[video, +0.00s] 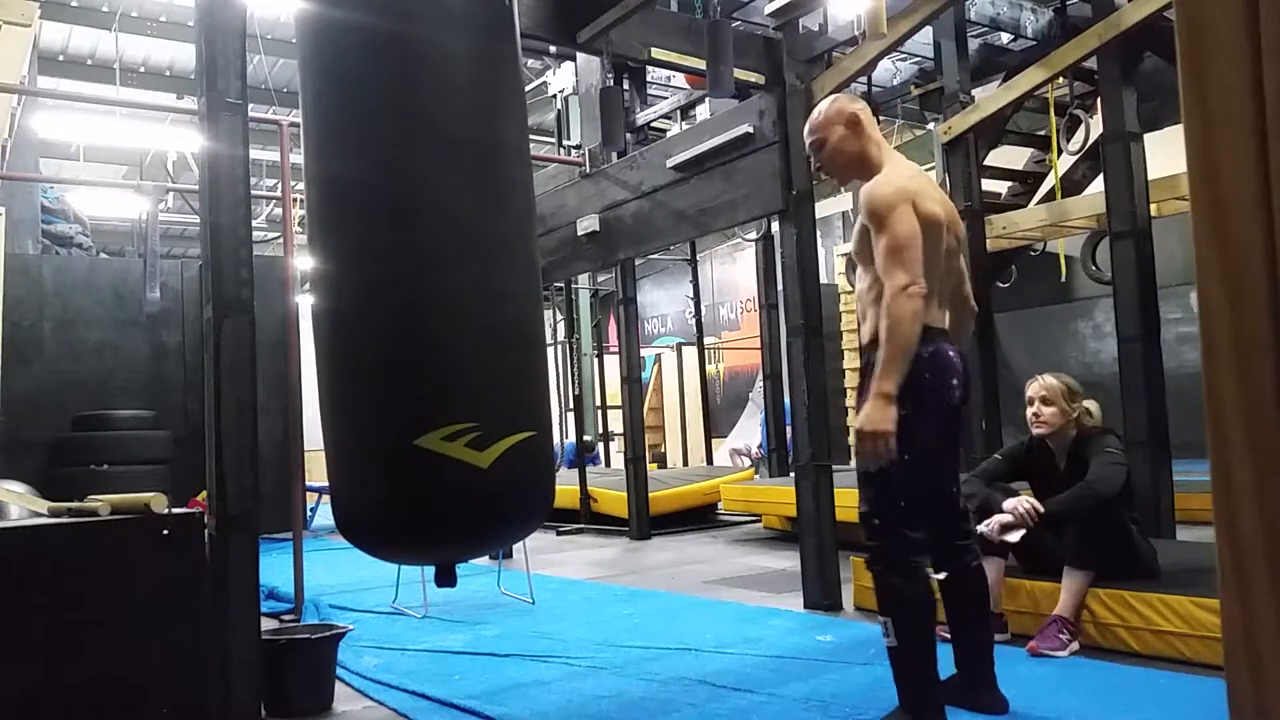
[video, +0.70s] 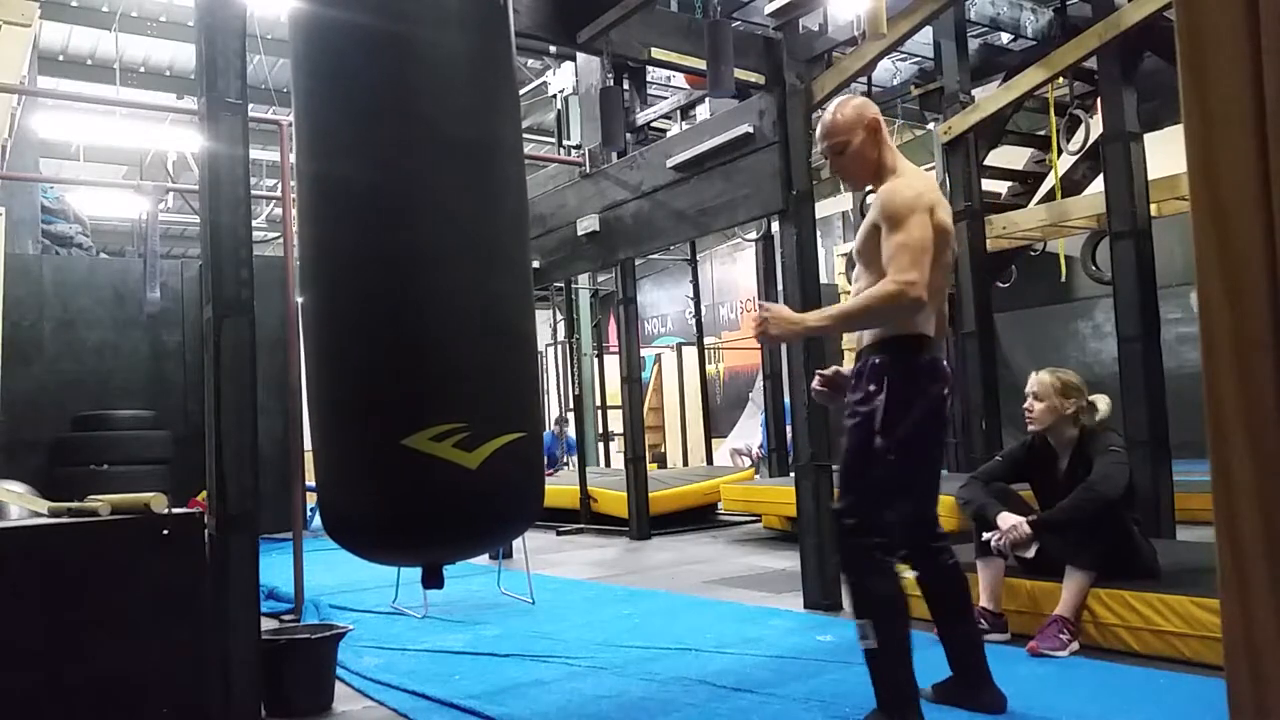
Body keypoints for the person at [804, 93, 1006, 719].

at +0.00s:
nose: (818, 165)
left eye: (819, 147)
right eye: (812, 154)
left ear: (857, 125)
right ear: (866, 128)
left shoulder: (883, 190)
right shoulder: (931, 189)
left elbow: (906, 292)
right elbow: (961, 302)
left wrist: (881, 396)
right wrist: (941, 374)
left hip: (906, 368)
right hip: (943, 365)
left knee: (890, 538)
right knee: (948, 529)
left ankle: (917, 700)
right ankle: (977, 679)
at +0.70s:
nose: (831, 166)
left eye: (838, 150)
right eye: (826, 155)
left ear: (877, 133)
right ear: (872, 139)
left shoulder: (902, 193)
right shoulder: (909, 194)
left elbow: (907, 288)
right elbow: (923, 316)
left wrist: (803, 321)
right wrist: (856, 371)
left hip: (896, 377)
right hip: (910, 376)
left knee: (860, 537)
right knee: (919, 534)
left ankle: (896, 704)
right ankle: (974, 679)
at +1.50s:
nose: (840, 155)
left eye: (849, 141)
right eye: (836, 143)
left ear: (887, 133)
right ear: (892, 138)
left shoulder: (892, 196)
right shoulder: (932, 195)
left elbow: (895, 300)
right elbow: (954, 308)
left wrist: (858, 395)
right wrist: (861, 343)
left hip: (902, 373)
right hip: (938, 370)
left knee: (873, 546)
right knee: (936, 533)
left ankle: (901, 706)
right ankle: (987, 681)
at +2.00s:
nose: (836, 125)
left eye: (846, 111)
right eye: (833, 114)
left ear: (882, 107)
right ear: (887, 113)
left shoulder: (886, 163)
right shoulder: (928, 172)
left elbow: (904, 246)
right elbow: (975, 275)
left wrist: (806, 290)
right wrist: (904, 303)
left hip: (881, 341)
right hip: (925, 343)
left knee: (838, 515)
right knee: (911, 517)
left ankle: (874, 691)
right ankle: (960, 670)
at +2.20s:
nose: (817, 143)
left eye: (827, 129)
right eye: (814, 132)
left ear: (871, 125)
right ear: (872, 134)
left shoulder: (849, 182)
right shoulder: (914, 199)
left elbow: (808, 237)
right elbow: (977, 299)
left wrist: (694, 248)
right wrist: (918, 348)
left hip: (873, 378)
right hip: (914, 379)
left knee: (828, 549)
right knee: (883, 552)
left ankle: (825, 711)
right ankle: (942, 695)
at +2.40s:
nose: (808, 122)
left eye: (821, 107)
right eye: (803, 112)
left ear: (863, 106)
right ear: (803, 119)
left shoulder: (875, 175)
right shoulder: (836, 191)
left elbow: (959, 220)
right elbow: (809, 299)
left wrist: (951, 291)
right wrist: (737, 278)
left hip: (854, 389)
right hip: (828, 389)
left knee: (770, 547)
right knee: (851, 539)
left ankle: (790, 711)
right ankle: (935, 673)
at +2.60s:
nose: (848, 78)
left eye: (865, 63)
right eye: (844, 65)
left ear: (912, 74)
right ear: (839, 74)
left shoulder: (951, 179)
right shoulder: (811, 137)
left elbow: (1067, 214)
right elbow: (721, 181)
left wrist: (1107, 167)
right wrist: (679, 146)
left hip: (821, 365)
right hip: (739, 320)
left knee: (823, 545)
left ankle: (804, 713)